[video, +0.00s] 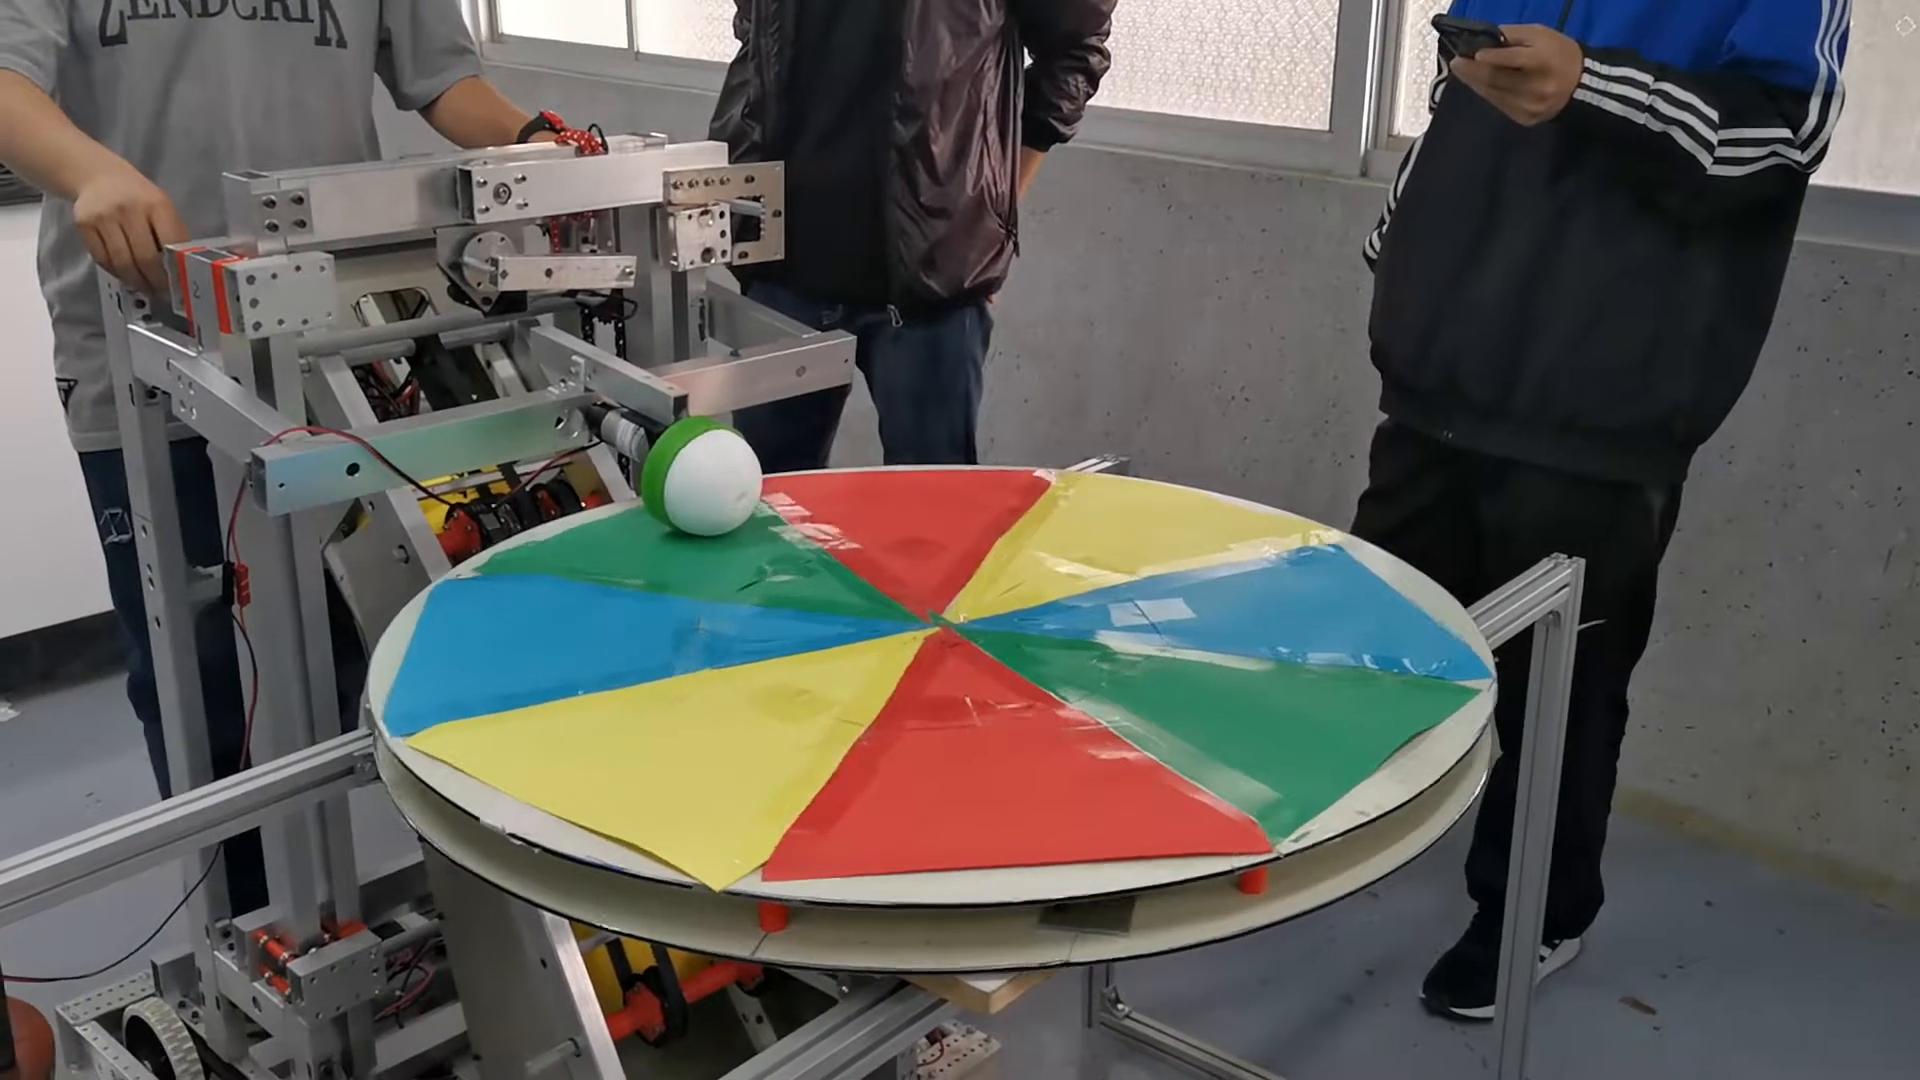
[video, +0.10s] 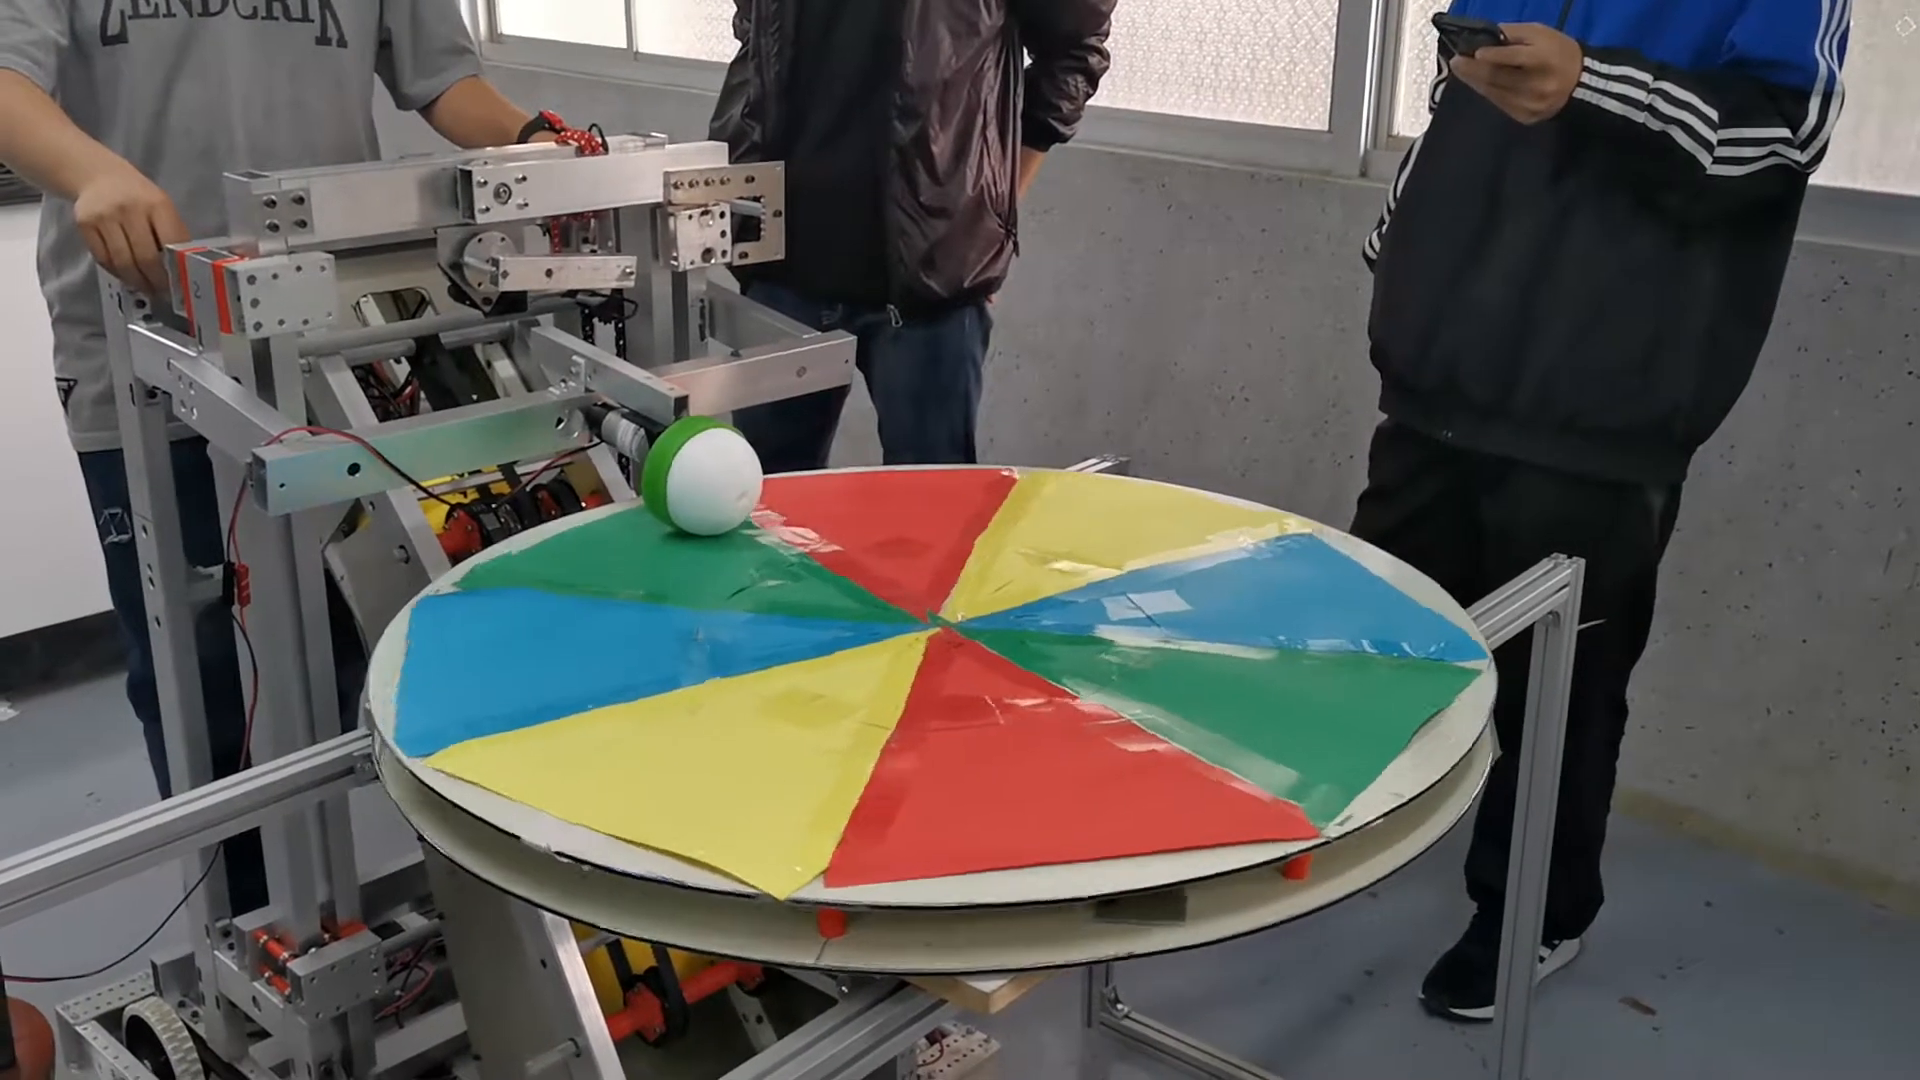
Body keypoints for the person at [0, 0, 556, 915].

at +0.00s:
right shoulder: (56, 6)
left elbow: (441, 73)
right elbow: (6, 82)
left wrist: (535, 140)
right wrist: (91, 169)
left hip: (327, 349)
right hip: (137, 357)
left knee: (337, 637)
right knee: (187, 669)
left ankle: (331, 893)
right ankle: (239, 920)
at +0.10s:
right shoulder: (56, 7)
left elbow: (441, 73)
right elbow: (8, 82)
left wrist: (535, 138)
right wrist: (91, 169)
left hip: (329, 350)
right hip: (138, 358)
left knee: (339, 642)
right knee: (189, 675)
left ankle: (335, 899)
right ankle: (242, 928)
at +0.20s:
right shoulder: (57, 7)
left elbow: (441, 73)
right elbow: (7, 81)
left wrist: (532, 136)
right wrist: (91, 168)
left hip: (328, 348)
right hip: (137, 356)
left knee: (338, 641)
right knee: (187, 673)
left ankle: (334, 898)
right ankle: (241, 928)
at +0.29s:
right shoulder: (59, 6)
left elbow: (439, 72)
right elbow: (8, 79)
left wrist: (533, 135)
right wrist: (89, 167)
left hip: (329, 349)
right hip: (139, 355)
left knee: (335, 644)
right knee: (189, 675)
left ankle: (324, 899)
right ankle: (240, 928)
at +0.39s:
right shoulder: (57, 7)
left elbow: (436, 68)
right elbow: (8, 76)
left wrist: (525, 131)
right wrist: (90, 165)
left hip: (329, 351)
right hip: (140, 355)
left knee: (333, 642)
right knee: (188, 669)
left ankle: (325, 891)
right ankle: (239, 918)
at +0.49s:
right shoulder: (59, 7)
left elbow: (439, 69)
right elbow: (8, 73)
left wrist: (529, 130)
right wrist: (91, 163)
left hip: (328, 348)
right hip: (139, 355)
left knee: (335, 642)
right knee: (190, 676)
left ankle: (324, 894)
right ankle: (242, 922)